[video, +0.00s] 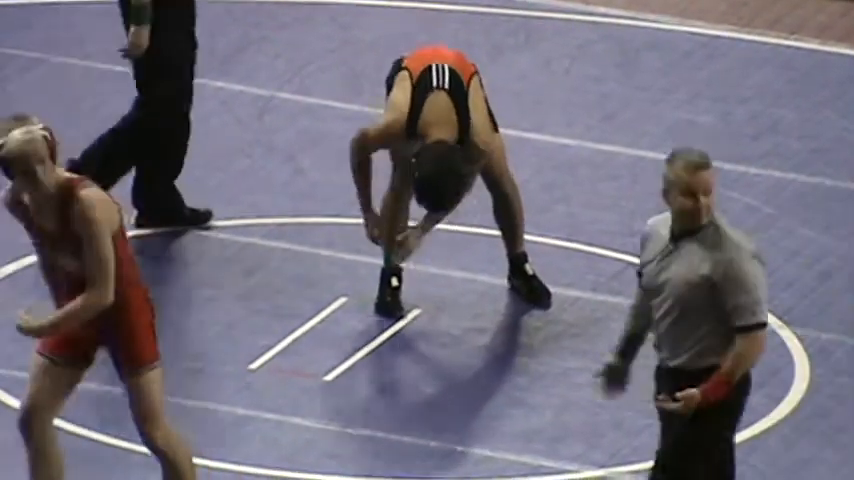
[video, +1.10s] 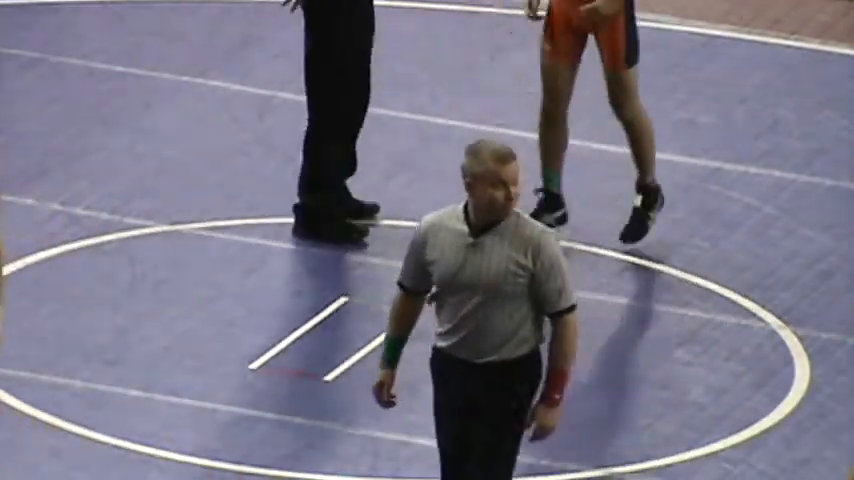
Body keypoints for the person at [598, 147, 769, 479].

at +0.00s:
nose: (701, 205)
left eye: (707, 194)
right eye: (689, 195)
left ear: (715, 191)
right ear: (666, 194)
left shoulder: (734, 255)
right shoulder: (656, 233)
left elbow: (753, 341)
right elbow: (646, 301)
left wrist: (704, 394)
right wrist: (622, 359)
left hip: (714, 384)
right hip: (670, 378)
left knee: (671, 471)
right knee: (705, 470)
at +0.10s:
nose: (680, 210)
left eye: (686, 200)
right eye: (668, 201)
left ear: (694, 200)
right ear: (644, 202)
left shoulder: (709, 264)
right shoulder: (627, 240)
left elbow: (728, 346)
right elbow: (613, 303)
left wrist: (695, 407)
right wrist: (573, 354)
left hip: (678, 391)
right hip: (635, 383)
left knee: (655, 473)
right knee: (625, 469)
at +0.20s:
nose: (660, 211)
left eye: (666, 200)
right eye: (648, 201)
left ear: (673, 199)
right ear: (623, 201)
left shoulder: (686, 264)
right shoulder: (603, 238)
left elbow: (705, 350)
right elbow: (585, 301)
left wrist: (677, 422)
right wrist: (542, 353)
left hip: (654, 393)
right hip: (607, 383)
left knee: (624, 472)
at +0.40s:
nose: (620, 196)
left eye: (626, 186)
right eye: (608, 187)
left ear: (633, 187)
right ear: (583, 187)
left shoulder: (649, 250)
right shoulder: (556, 231)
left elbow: (673, 332)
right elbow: (543, 292)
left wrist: (653, 411)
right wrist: (517, 355)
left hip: (620, 380)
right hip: (564, 372)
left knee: (605, 470)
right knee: (537, 466)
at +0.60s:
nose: (578, 195)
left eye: (583, 186)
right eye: (567, 186)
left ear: (589, 187)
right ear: (539, 188)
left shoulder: (606, 247)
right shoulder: (510, 229)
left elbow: (632, 327)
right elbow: (496, 295)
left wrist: (627, 410)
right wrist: (480, 363)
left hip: (578, 379)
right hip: (518, 372)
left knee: (567, 471)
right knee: (498, 469)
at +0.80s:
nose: (544, 190)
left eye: (549, 180)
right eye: (532, 181)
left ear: (556, 180)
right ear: (504, 181)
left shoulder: (573, 239)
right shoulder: (472, 224)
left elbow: (599, 317)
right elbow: (450, 289)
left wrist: (590, 400)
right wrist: (430, 356)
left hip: (541, 370)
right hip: (482, 362)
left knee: (519, 466)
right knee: (474, 463)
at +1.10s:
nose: (510, 195)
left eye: (514, 185)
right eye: (498, 186)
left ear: (520, 183)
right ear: (468, 184)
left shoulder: (538, 243)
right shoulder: (432, 232)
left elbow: (565, 319)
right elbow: (410, 295)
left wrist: (552, 400)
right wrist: (388, 365)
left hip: (511, 373)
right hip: (452, 368)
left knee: (491, 470)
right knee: (453, 467)